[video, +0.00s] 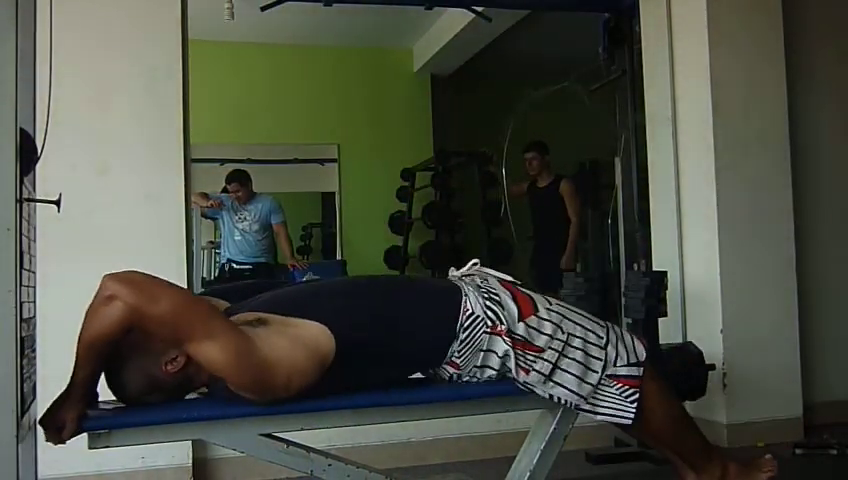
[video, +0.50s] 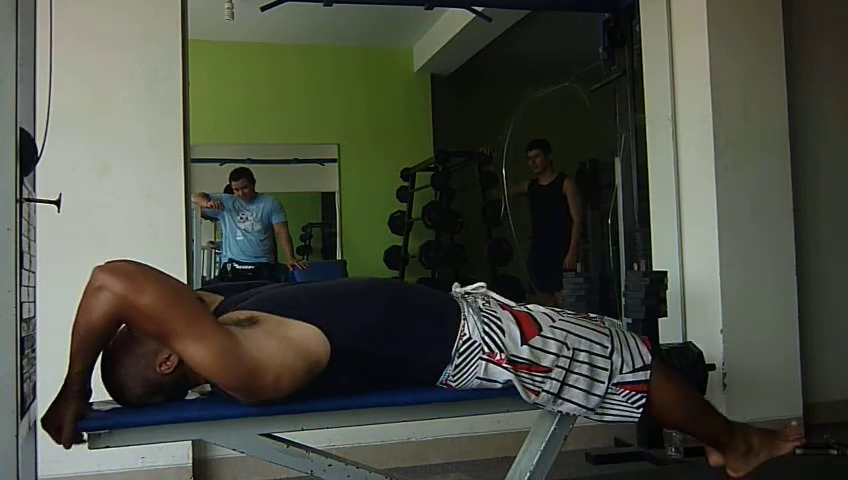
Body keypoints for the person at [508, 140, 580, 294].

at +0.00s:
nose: (528, 165)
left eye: (533, 160)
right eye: (526, 161)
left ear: (544, 160)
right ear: (524, 163)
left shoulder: (563, 185)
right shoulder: (530, 187)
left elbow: (575, 220)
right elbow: (506, 190)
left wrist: (569, 254)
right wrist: (494, 172)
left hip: (559, 249)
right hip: (539, 249)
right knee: (539, 294)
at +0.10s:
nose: (527, 165)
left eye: (531, 160)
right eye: (524, 161)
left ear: (543, 159)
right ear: (522, 164)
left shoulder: (562, 184)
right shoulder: (528, 187)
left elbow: (574, 219)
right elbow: (501, 191)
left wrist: (568, 252)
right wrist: (490, 169)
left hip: (559, 250)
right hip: (538, 250)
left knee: (561, 298)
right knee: (542, 297)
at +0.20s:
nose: (526, 165)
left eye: (530, 160)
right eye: (523, 161)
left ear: (542, 159)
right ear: (521, 164)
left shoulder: (562, 184)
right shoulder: (527, 187)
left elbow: (575, 220)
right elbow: (499, 192)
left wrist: (568, 252)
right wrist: (490, 168)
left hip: (559, 249)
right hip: (538, 249)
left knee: (560, 296)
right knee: (540, 295)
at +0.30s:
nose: (528, 164)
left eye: (532, 159)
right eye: (525, 161)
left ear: (543, 159)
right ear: (523, 163)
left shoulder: (563, 185)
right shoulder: (528, 188)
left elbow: (575, 219)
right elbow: (501, 191)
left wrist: (569, 253)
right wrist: (489, 168)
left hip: (559, 250)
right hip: (537, 250)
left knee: (561, 298)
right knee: (542, 297)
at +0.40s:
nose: (530, 163)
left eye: (534, 158)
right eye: (528, 159)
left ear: (546, 157)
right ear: (525, 161)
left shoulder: (564, 184)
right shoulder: (529, 187)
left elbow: (575, 220)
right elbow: (500, 190)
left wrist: (571, 252)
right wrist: (489, 167)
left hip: (560, 249)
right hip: (538, 249)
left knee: (561, 297)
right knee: (542, 297)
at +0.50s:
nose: (532, 162)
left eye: (536, 157)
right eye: (529, 158)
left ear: (548, 157)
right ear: (528, 161)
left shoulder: (565, 183)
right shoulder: (530, 186)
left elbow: (577, 220)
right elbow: (500, 190)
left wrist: (572, 253)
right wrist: (489, 167)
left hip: (561, 251)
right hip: (538, 250)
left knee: (563, 300)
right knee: (544, 300)